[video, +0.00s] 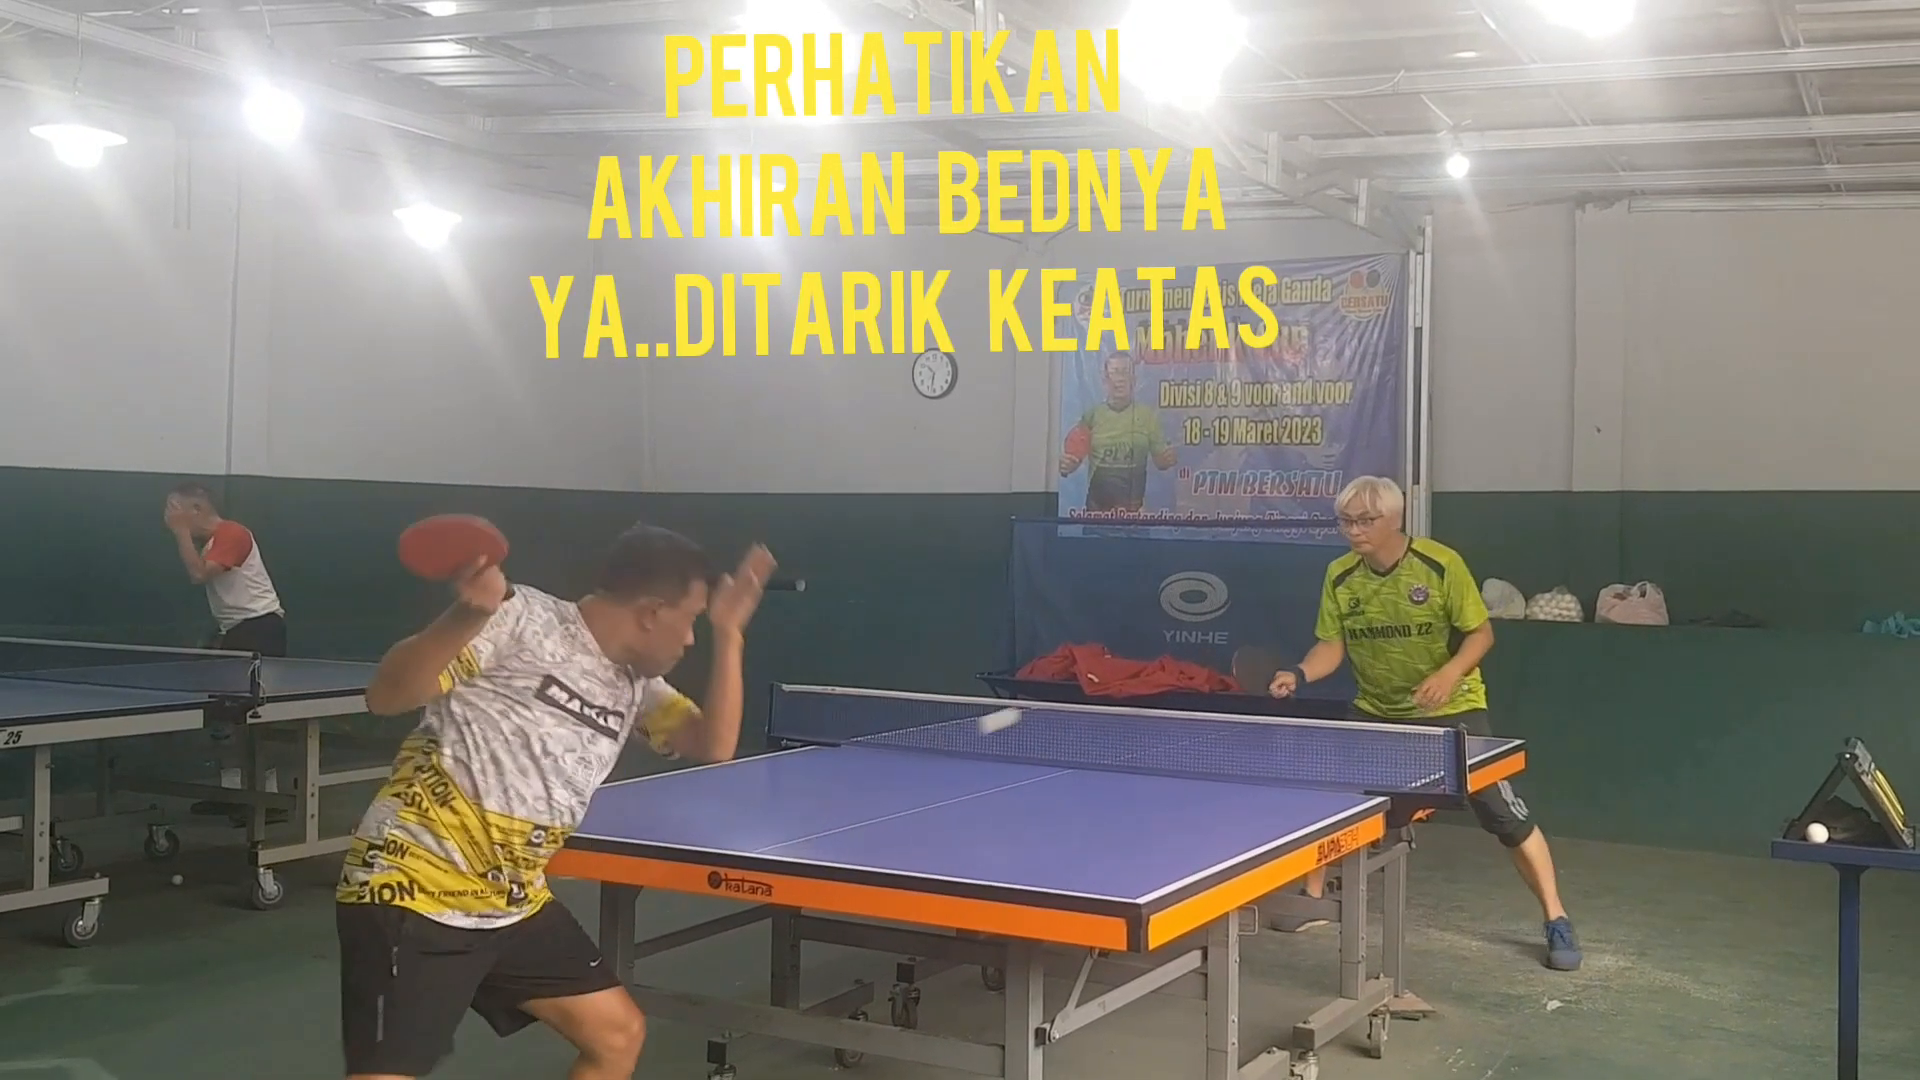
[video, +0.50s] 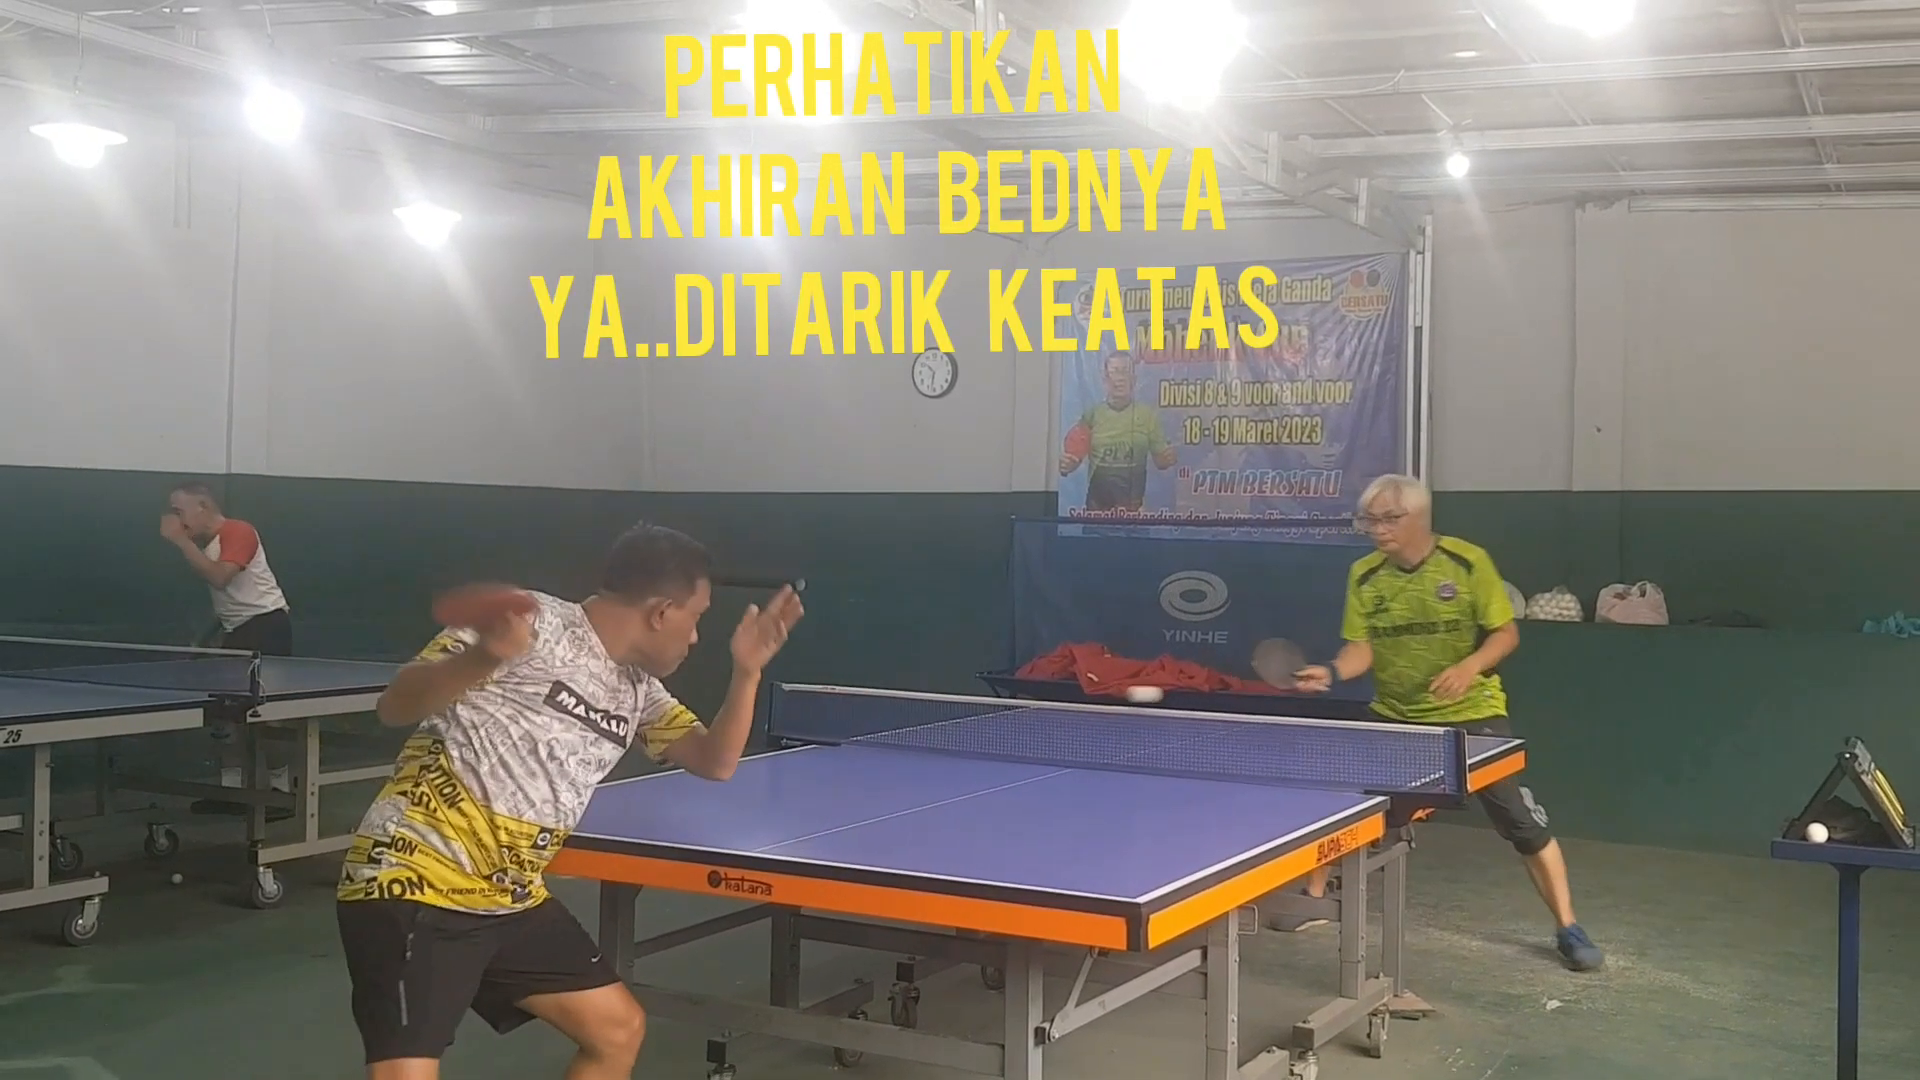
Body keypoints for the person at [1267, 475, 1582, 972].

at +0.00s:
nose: (1352, 530)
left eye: (1362, 521)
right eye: (1346, 521)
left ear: (1392, 521)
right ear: (1343, 526)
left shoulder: (1440, 564)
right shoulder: (1340, 575)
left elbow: (1481, 633)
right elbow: (1330, 646)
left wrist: (1449, 675)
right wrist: (1298, 673)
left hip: (1451, 710)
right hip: (1375, 712)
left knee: (1501, 806)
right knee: (1319, 783)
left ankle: (1556, 918)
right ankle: (1313, 895)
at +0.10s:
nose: (1358, 531)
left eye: (1368, 521)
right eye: (1352, 522)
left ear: (1398, 521)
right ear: (1348, 527)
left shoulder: (1448, 564)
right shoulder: (1346, 576)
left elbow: (1487, 635)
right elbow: (1338, 647)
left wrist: (1454, 673)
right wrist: (1305, 673)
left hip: (1457, 712)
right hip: (1379, 713)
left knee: (1508, 810)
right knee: (1322, 785)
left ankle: (1558, 919)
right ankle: (1312, 897)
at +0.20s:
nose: (1360, 532)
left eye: (1370, 521)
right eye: (1353, 522)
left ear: (1399, 520)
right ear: (1348, 527)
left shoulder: (1447, 564)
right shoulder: (1347, 575)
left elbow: (1487, 634)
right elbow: (1338, 647)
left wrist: (1453, 674)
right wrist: (1306, 673)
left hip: (1457, 711)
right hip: (1380, 712)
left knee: (1507, 807)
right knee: (1323, 783)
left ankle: (1558, 920)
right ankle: (1313, 895)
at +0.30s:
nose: (1368, 531)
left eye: (1379, 520)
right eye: (1362, 522)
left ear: (1408, 519)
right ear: (1357, 526)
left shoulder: (1456, 563)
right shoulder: (1354, 575)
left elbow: (1496, 634)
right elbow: (1348, 648)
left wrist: (1460, 671)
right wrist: (1316, 672)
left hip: (1465, 713)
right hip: (1387, 715)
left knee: (1512, 807)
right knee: (1329, 785)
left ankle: (1562, 921)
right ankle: (1315, 896)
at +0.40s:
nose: (1368, 531)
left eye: (1379, 520)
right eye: (1362, 522)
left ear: (1408, 519)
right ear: (1357, 526)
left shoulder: (1456, 563)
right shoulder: (1354, 575)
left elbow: (1496, 634)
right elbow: (1348, 648)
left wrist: (1461, 671)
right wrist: (1316, 672)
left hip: (1464, 712)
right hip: (1386, 715)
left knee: (1512, 806)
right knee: (1329, 785)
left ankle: (1562, 921)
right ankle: (1315, 895)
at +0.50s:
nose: (1377, 530)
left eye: (1387, 519)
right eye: (1371, 521)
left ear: (1417, 517)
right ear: (1366, 524)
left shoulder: (1469, 563)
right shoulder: (1364, 574)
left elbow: (1506, 635)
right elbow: (1361, 648)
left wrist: (1469, 667)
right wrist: (1331, 671)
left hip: (1473, 719)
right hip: (1393, 719)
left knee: (1522, 816)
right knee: (1335, 794)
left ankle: (1568, 926)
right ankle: (1312, 896)